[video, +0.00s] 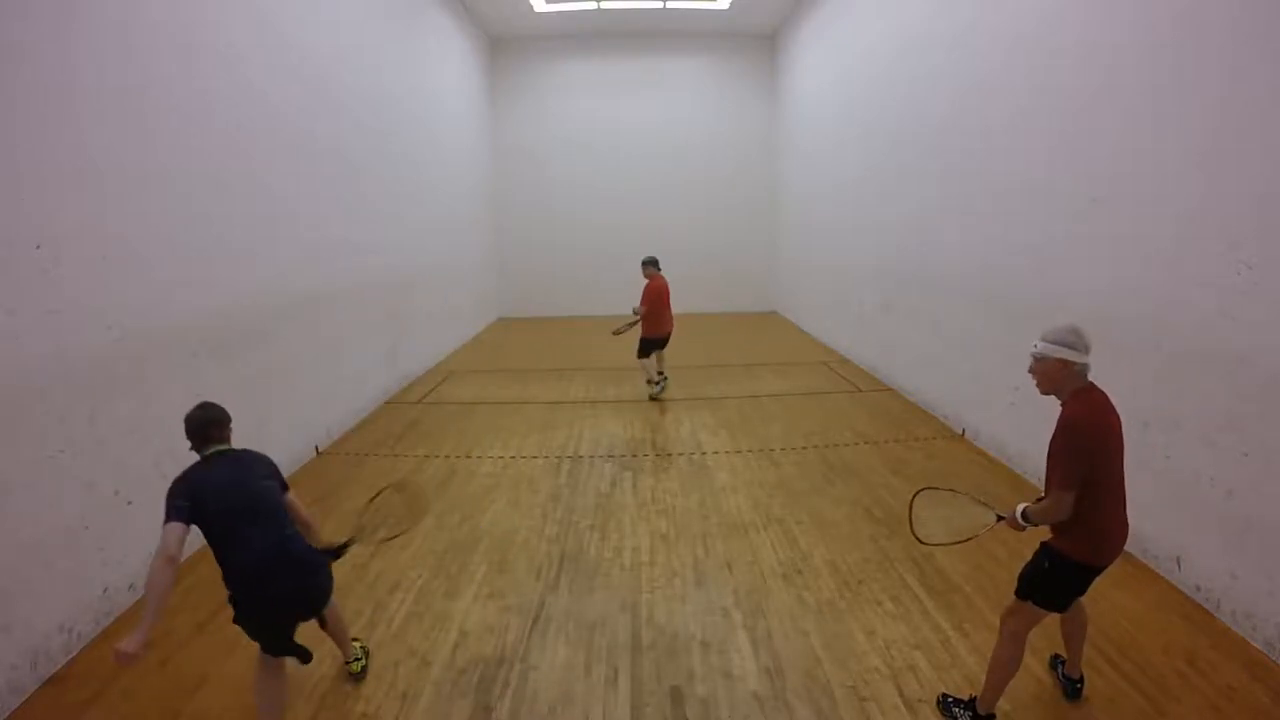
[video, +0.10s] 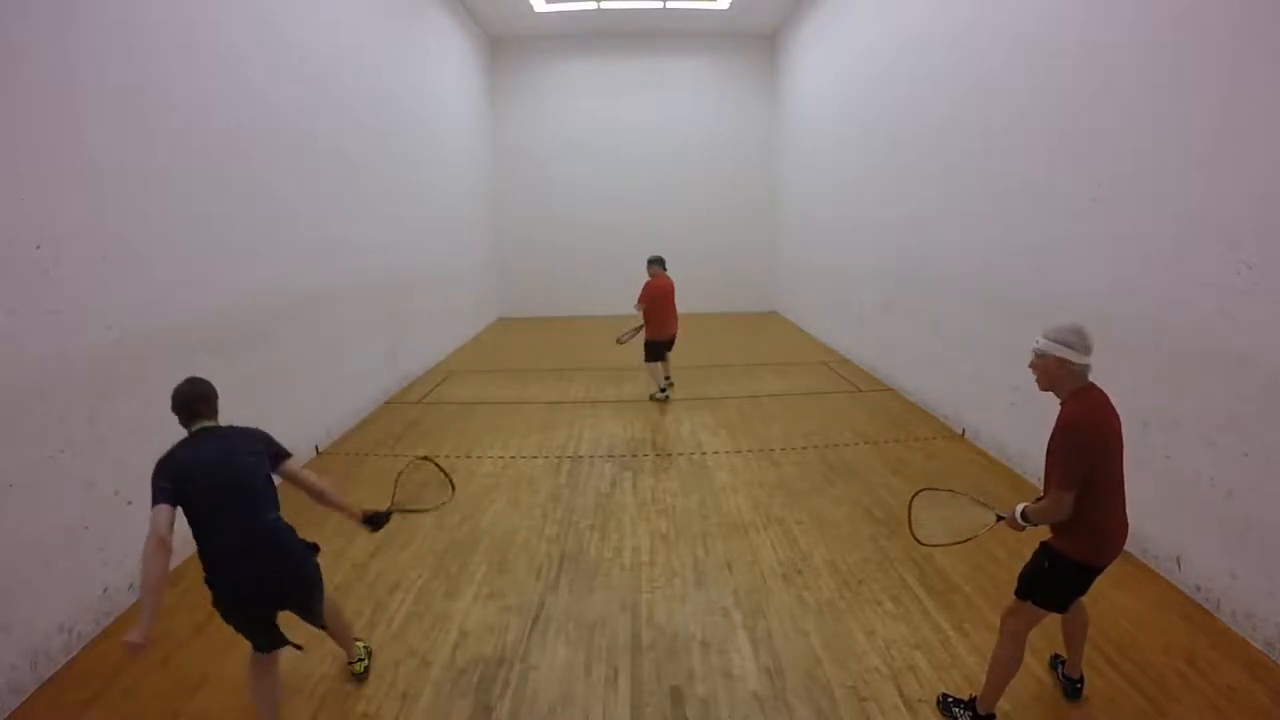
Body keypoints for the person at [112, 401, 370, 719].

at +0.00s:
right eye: (227, 428)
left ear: (192, 444)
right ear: (229, 431)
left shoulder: (186, 485)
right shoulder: (259, 462)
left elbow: (169, 556)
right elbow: (300, 516)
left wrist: (142, 633)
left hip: (255, 592)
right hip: (301, 569)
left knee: (271, 655)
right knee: (324, 602)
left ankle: (270, 713)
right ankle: (352, 657)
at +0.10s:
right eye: (214, 402)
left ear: (179, 418)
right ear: (217, 406)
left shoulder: (170, 466)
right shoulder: (251, 438)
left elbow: (160, 540)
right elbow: (314, 486)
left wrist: (144, 622)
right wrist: (359, 514)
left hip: (231, 582)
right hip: (283, 560)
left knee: (263, 647)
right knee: (320, 605)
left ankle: (267, 712)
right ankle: (356, 654)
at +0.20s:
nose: (160, 407)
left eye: (161, 397)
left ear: (177, 391)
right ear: (203, 390)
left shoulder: (164, 444)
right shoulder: (248, 419)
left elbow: (151, 527)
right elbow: (316, 461)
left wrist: (137, 606)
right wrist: (358, 501)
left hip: (217, 570)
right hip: (274, 551)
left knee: (244, 652)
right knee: (319, 608)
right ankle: (370, 666)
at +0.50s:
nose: (166, 400)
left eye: (166, 393)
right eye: (165, 392)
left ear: (174, 397)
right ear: (211, 389)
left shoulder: (170, 451)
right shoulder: (237, 430)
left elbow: (158, 540)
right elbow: (254, 495)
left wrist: (164, 569)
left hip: (237, 575)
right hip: (286, 551)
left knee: (236, 681)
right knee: (320, 598)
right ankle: (383, 659)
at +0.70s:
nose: (208, 371)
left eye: (205, 367)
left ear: (204, 373)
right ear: (241, 369)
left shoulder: (209, 410)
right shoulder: (258, 401)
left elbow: (179, 456)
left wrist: (114, 499)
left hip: (271, 536)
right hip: (314, 515)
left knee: (259, 642)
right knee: (323, 600)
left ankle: (264, 714)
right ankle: (379, 666)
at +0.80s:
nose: (214, 357)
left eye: (211, 351)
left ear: (210, 354)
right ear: (248, 350)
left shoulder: (217, 386)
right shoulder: (268, 385)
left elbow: (211, 426)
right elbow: (279, 434)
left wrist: (141, 481)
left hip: (269, 514)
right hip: (311, 497)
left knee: (256, 618)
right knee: (319, 585)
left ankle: (285, 710)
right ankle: (378, 660)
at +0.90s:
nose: (208, 344)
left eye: (208, 338)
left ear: (212, 339)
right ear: (245, 335)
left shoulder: (215, 369)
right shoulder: (267, 367)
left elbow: (221, 415)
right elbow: (278, 420)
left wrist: (175, 478)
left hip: (264, 493)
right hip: (306, 479)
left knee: (266, 589)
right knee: (323, 572)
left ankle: (290, 671)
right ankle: (377, 652)